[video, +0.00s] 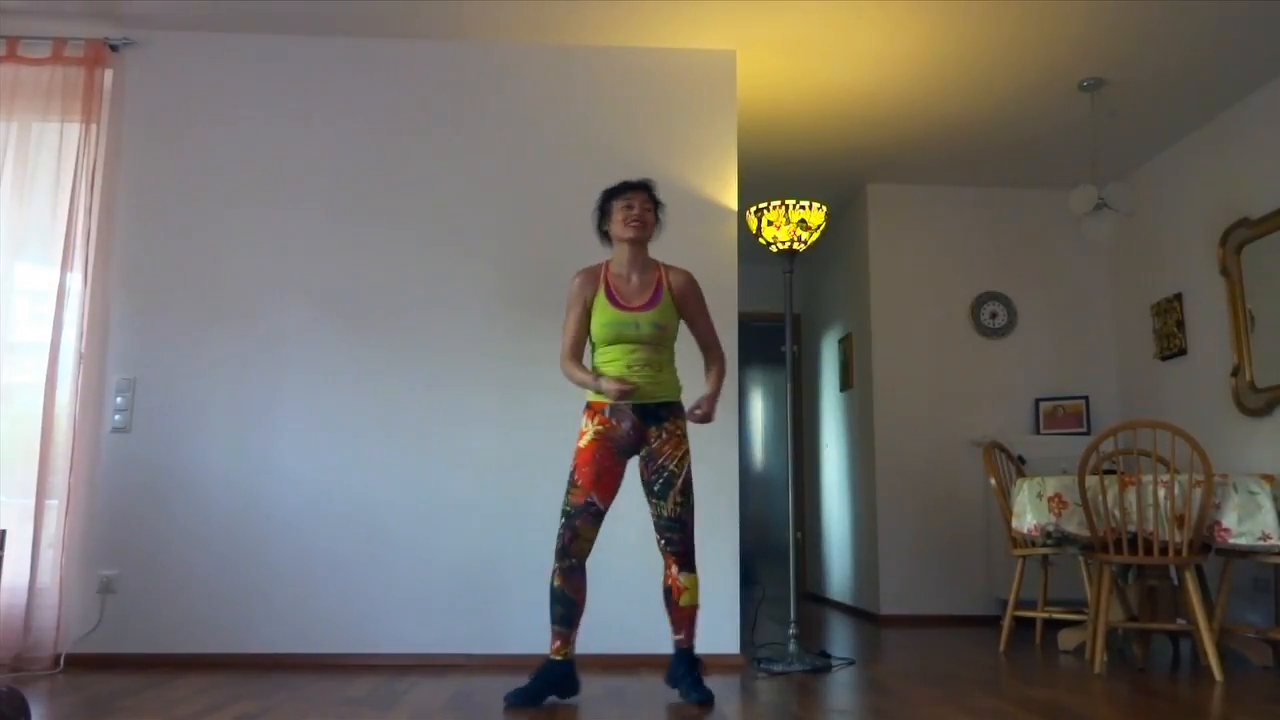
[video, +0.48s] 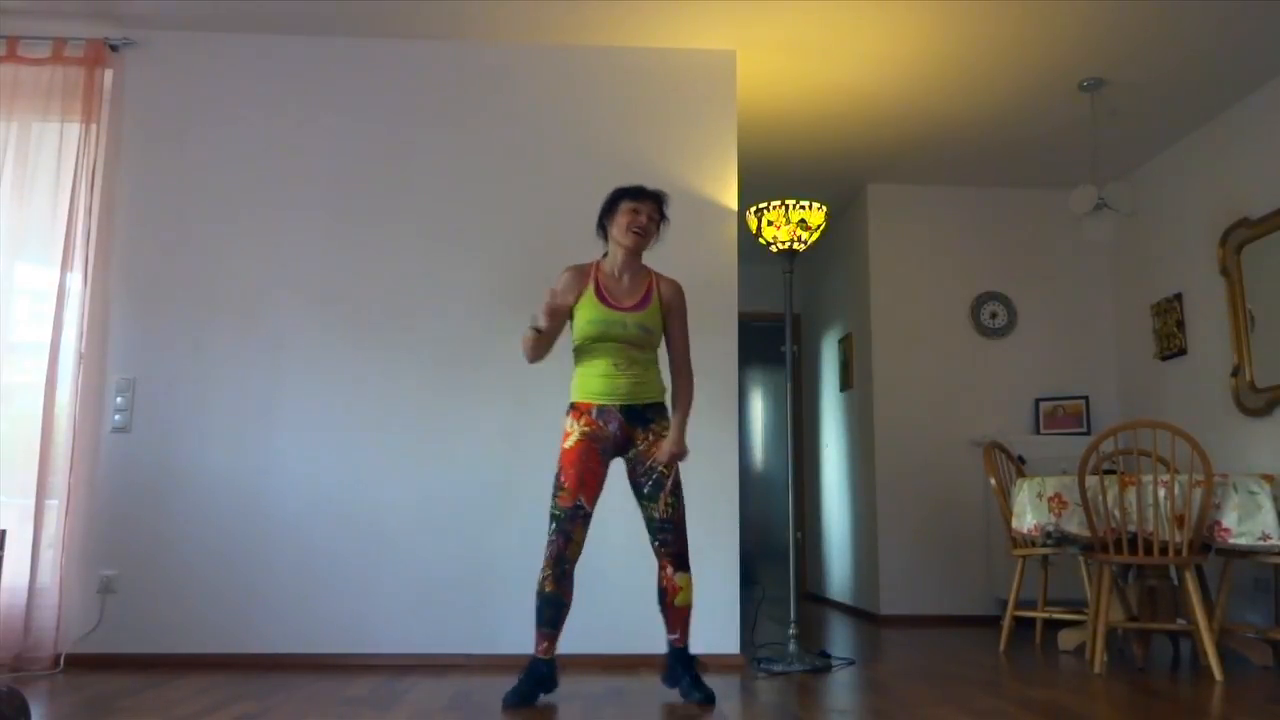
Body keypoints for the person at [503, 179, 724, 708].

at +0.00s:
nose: (636, 213)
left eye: (645, 207)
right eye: (626, 207)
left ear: (656, 222)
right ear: (606, 223)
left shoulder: (678, 284)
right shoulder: (588, 283)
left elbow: (714, 355)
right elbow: (569, 361)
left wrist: (710, 395)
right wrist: (599, 383)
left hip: (664, 421)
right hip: (605, 421)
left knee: (676, 541)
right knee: (571, 540)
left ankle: (685, 662)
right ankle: (559, 664)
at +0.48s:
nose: (640, 220)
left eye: (650, 217)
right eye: (632, 211)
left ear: (657, 233)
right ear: (608, 222)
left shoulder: (666, 291)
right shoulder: (577, 279)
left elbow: (681, 370)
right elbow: (534, 352)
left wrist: (678, 433)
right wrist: (549, 318)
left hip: (650, 421)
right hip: (588, 419)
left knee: (671, 541)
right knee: (563, 539)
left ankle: (679, 660)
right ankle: (542, 663)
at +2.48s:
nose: (628, 218)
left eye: (638, 211)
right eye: (618, 209)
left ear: (651, 221)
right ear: (598, 219)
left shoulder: (672, 281)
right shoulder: (582, 279)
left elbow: (693, 365)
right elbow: (506, 308)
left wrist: (665, 427)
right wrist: (507, 246)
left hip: (656, 421)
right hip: (595, 420)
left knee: (690, 543)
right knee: (574, 542)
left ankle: (700, 656)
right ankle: (546, 667)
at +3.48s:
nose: (670, 212)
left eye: (680, 206)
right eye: (660, 206)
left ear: (695, 221)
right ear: (644, 221)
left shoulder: (713, 279)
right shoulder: (624, 264)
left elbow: (746, 322)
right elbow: (555, 260)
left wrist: (734, 369)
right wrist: (545, 266)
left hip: (684, 424)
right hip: (624, 420)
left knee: (704, 545)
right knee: (584, 539)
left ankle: (702, 666)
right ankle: (559, 661)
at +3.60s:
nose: (676, 233)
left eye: (686, 228)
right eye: (666, 228)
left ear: (700, 247)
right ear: (650, 247)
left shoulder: (717, 309)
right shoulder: (629, 295)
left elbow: (727, 363)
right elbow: (562, 323)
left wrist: (738, 411)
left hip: (688, 445)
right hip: (629, 441)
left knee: (719, 555)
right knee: (583, 551)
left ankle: (703, 668)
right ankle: (554, 664)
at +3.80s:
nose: (631, 228)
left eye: (640, 221)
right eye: (621, 222)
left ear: (656, 234)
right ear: (607, 236)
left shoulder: (679, 295)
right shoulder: (602, 289)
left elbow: (729, 354)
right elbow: (609, 340)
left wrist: (753, 317)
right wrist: (650, 302)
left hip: (686, 427)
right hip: (628, 428)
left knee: (712, 546)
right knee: (578, 541)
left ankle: (704, 666)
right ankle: (535, 660)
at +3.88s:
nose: (610, 220)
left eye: (620, 214)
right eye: (599, 213)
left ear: (634, 224)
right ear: (583, 227)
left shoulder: (657, 278)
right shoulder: (581, 273)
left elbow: (730, 300)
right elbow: (622, 273)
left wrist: (744, 247)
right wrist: (655, 227)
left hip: (673, 409)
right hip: (616, 409)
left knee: (698, 533)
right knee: (576, 530)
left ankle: (707, 653)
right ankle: (520, 652)